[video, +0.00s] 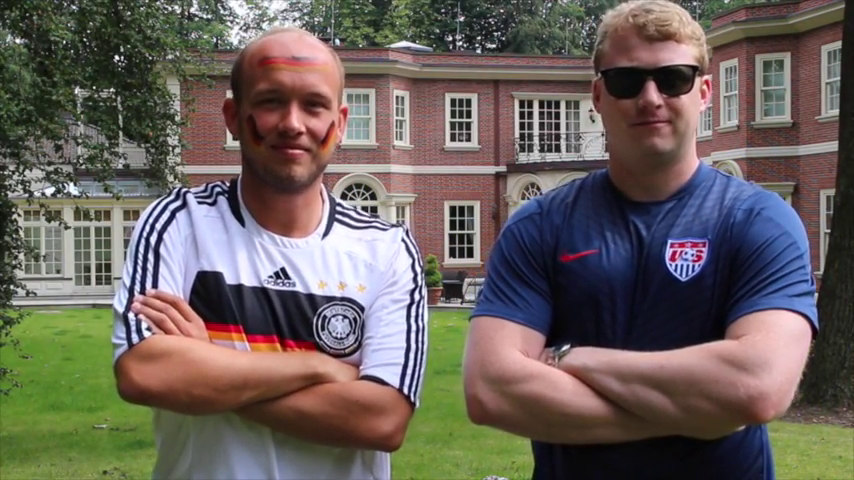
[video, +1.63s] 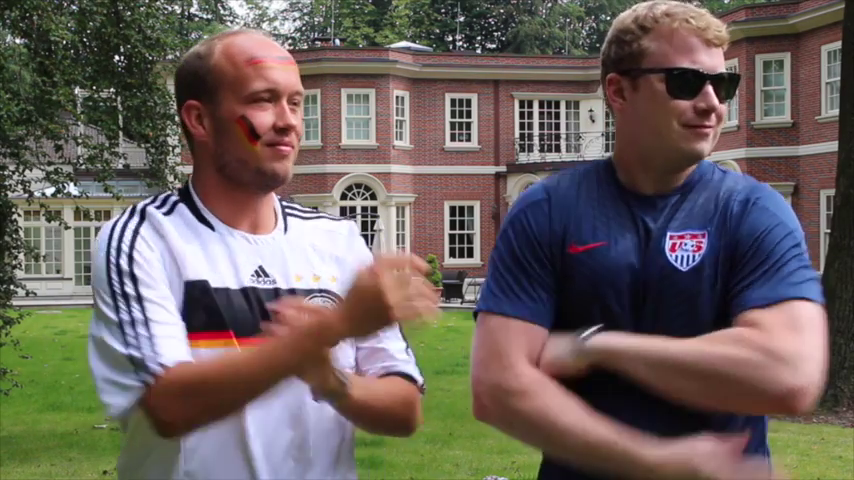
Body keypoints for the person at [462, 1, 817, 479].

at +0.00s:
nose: (650, 98)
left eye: (672, 79)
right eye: (626, 80)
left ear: (704, 92)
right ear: (597, 97)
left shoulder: (760, 221)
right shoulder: (538, 227)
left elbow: (758, 388)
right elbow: (490, 391)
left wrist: (568, 361)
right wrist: (684, 412)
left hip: (722, 473)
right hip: (573, 473)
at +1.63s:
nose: (711, 102)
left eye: (720, 84)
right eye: (684, 82)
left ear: (728, 92)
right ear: (618, 93)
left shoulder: (753, 211)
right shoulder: (542, 213)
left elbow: (789, 374)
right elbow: (497, 387)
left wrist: (592, 346)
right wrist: (653, 457)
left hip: (724, 472)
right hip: (578, 469)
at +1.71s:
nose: (700, 115)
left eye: (713, 95)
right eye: (674, 95)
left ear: (723, 97)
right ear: (611, 100)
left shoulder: (760, 214)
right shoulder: (542, 213)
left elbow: (847, 368)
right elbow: (498, 380)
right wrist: (590, 454)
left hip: (730, 469)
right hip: (593, 473)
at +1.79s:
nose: (679, 132)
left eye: (695, 108)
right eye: (653, 113)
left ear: (710, 105)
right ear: (601, 113)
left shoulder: (763, 214)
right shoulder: (542, 211)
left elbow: (823, 342)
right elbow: (492, 378)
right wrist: (600, 415)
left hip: (729, 470)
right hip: (592, 474)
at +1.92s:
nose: (655, 156)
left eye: (677, 133)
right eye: (632, 133)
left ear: (708, 122)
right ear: (601, 123)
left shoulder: (762, 236)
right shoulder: (544, 224)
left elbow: (811, 383)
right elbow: (495, 381)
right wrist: (582, 438)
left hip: (718, 466)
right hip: (591, 471)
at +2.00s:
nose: (661, 183)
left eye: (684, 161)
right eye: (638, 160)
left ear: (716, 148)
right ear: (611, 145)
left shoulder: (768, 259)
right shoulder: (552, 238)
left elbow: (804, 433)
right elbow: (503, 371)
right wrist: (546, 425)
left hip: (720, 466)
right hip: (587, 465)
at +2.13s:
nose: (692, 182)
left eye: (716, 162)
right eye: (670, 158)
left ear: (748, 138)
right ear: (646, 136)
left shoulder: (777, 256)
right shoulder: (590, 212)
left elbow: (693, 414)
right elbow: (535, 344)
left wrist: (516, 401)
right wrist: (434, 412)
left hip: (740, 472)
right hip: (619, 469)